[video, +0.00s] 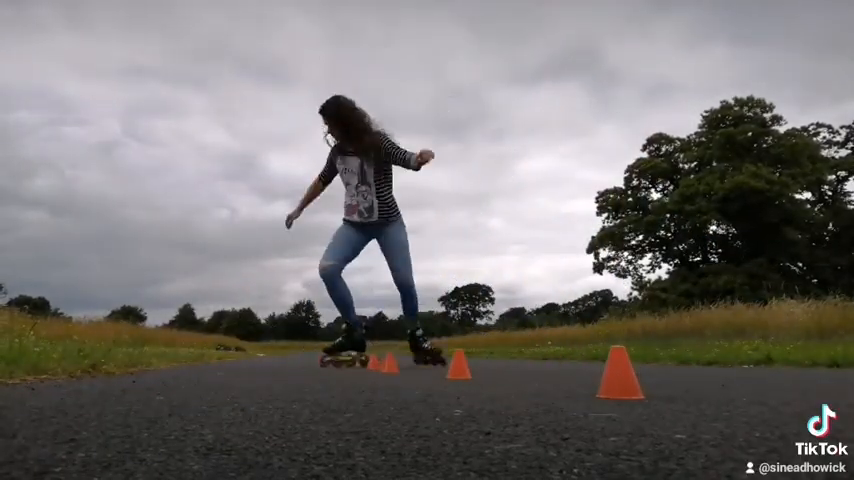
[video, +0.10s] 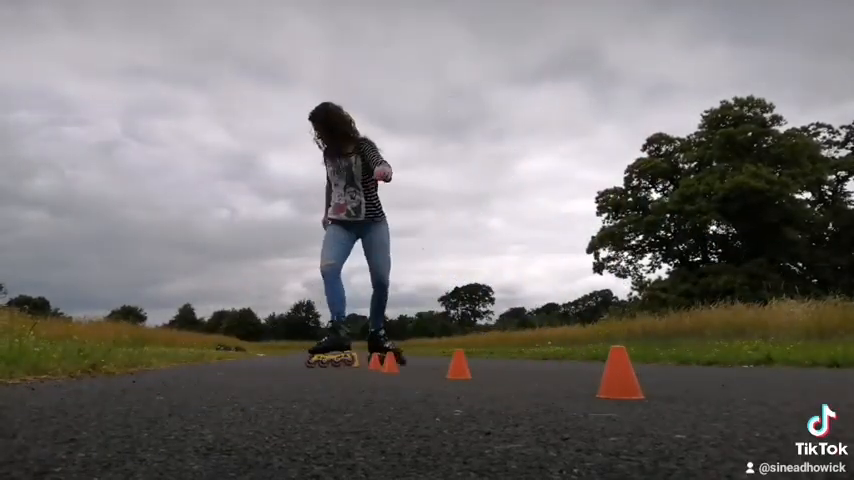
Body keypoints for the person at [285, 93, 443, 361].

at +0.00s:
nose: (328, 130)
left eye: (330, 124)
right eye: (327, 125)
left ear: (344, 122)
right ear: (339, 124)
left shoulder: (377, 142)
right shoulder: (338, 151)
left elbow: (402, 157)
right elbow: (322, 180)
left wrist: (418, 159)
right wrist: (299, 209)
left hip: (389, 223)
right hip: (355, 225)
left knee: (405, 282)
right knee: (328, 269)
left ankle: (416, 340)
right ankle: (355, 333)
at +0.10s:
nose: (321, 137)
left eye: (323, 132)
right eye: (318, 133)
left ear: (335, 127)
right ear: (319, 132)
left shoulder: (362, 146)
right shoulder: (329, 153)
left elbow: (379, 163)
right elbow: (330, 184)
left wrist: (383, 170)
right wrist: (327, 213)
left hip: (373, 221)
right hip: (341, 222)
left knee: (381, 279)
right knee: (329, 268)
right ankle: (338, 331)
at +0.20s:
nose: (312, 144)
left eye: (314, 139)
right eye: (310, 140)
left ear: (325, 134)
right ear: (315, 137)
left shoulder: (353, 152)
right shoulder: (322, 156)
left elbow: (358, 178)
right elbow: (324, 180)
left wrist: (352, 185)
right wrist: (332, 186)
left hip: (359, 225)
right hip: (330, 224)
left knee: (359, 281)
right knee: (322, 273)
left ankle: (346, 334)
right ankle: (315, 329)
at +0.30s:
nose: (302, 152)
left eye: (304, 147)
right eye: (300, 148)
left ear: (316, 143)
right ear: (309, 145)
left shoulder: (341, 162)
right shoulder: (315, 164)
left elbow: (331, 191)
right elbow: (322, 193)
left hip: (346, 231)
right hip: (319, 229)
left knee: (339, 283)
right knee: (311, 273)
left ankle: (322, 331)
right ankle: (308, 326)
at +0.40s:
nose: (292, 158)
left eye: (294, 153)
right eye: (290, 154)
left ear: (304, 149)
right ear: (298, 152)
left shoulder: (327, 170)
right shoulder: (305, 171)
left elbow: (303, 197)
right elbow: (311, 200)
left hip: (334, 232)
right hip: (308, 231)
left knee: (320, 282)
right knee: (300, 277)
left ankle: (307, 330)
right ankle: (296, 328)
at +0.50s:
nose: (280, 165)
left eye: (281, 160)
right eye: (278, 161)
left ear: (292, 158)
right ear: (295, 157)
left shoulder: (311, 176)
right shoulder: (298, 177)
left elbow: (284, 202)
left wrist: (247, 210)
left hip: (322, 237)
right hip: (298, 236)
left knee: (305, 282)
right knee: (290, 278)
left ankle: (294, 329)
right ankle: (285, 328)